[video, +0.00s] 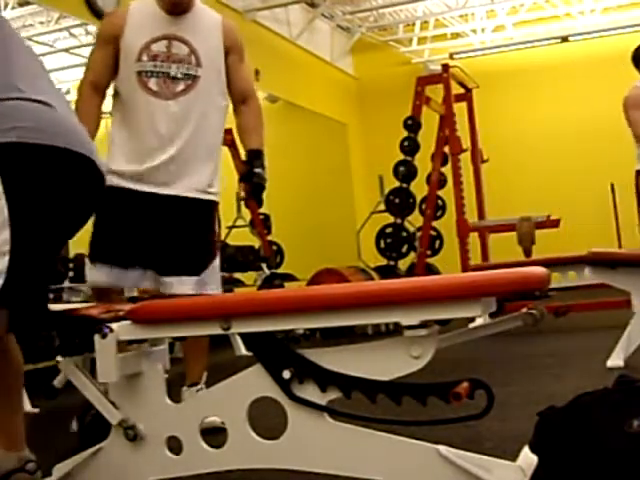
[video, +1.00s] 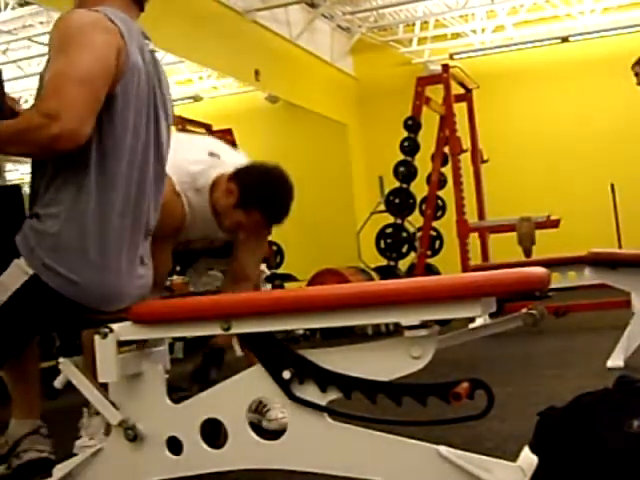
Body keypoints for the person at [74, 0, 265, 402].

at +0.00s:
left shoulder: (223, 32)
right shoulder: (120, 24)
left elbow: (246, 100)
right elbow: (92, 89)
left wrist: (256, 161)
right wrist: (76, 158)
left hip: (192, 189)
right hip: (126, 183)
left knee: (195, 304)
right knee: (109, 294)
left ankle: (195, 395)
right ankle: (117, 391)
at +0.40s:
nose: (204, 33)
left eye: (215, 26)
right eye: (200, 21)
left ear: (225, 20)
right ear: (182, 2)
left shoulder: (222, 48)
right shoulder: (126, 34)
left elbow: (230, 114)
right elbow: (106, 116)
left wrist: (239, 169)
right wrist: (122, 197)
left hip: (195, 197)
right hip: (131, 198)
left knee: (224, 306)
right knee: (128, 318)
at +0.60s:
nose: (238, 86)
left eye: (248, 80)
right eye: (235, 75)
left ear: (259, 72)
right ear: (218, 52)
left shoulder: (257, 89)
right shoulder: (161, 76)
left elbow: (259, 153)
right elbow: (138, 167)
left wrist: (247, 212)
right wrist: (144, 250)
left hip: (209, 196)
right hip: (150, 193)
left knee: (229, 302)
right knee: (146, 306)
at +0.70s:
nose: (247, 137)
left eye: (257, 133)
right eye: (245, 128)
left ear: (269, 120)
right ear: (232, 101)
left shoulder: (264, 120)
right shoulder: (168, 120)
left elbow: (264, 178)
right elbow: (149, 210)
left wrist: (250, 236)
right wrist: (153, 292)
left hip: (210, 209)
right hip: (159, 211)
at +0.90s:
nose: (247, 212)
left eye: (256, 207)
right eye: (246, 204)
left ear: (265, 196)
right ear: (231, 177)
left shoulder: (260, 188)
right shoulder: (173, 186)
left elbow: (247, 262)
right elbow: (156, 278)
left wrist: (243, 338)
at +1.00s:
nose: (242, 236)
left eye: (251, 232)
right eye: (241, 226)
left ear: (263, 220)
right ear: (228, 194)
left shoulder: (257, 211)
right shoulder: (171, 201)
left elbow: (244, 280)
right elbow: (154, 287)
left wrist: (224, 335)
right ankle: (98, 408)